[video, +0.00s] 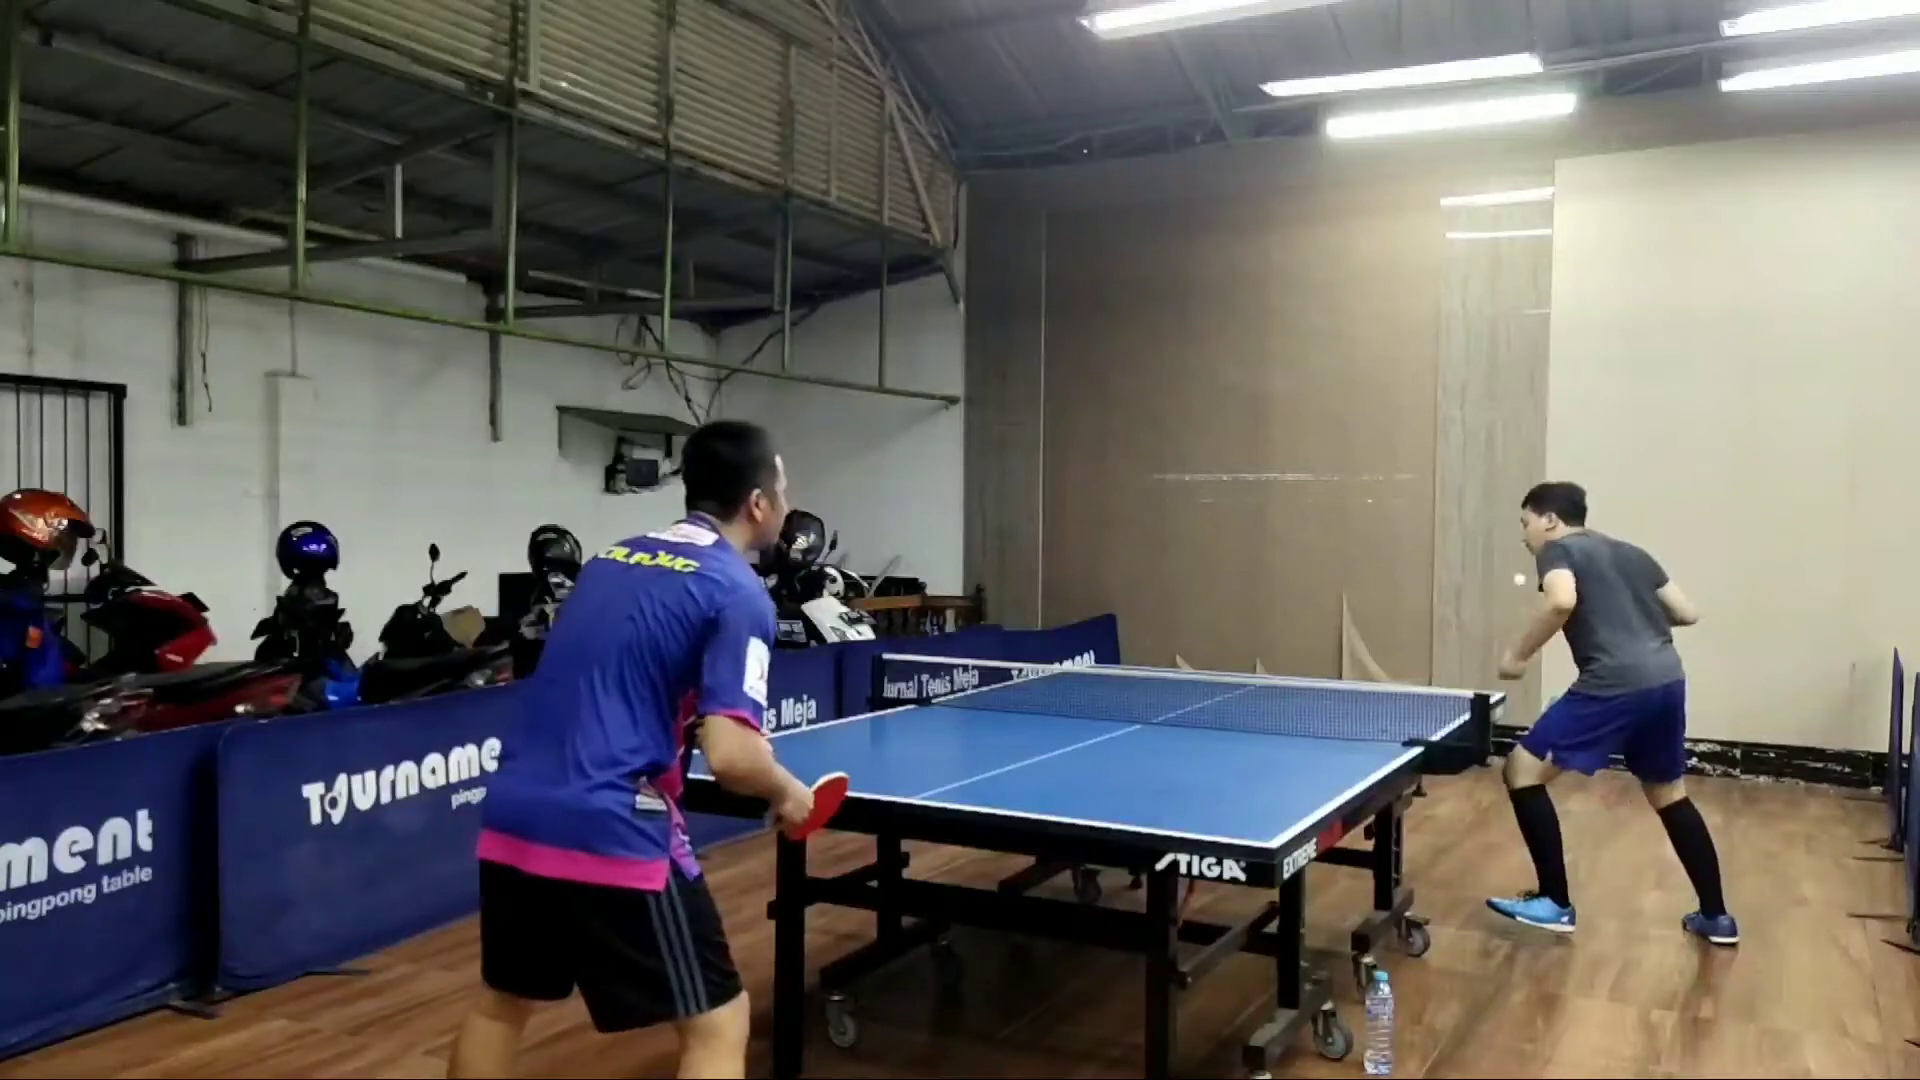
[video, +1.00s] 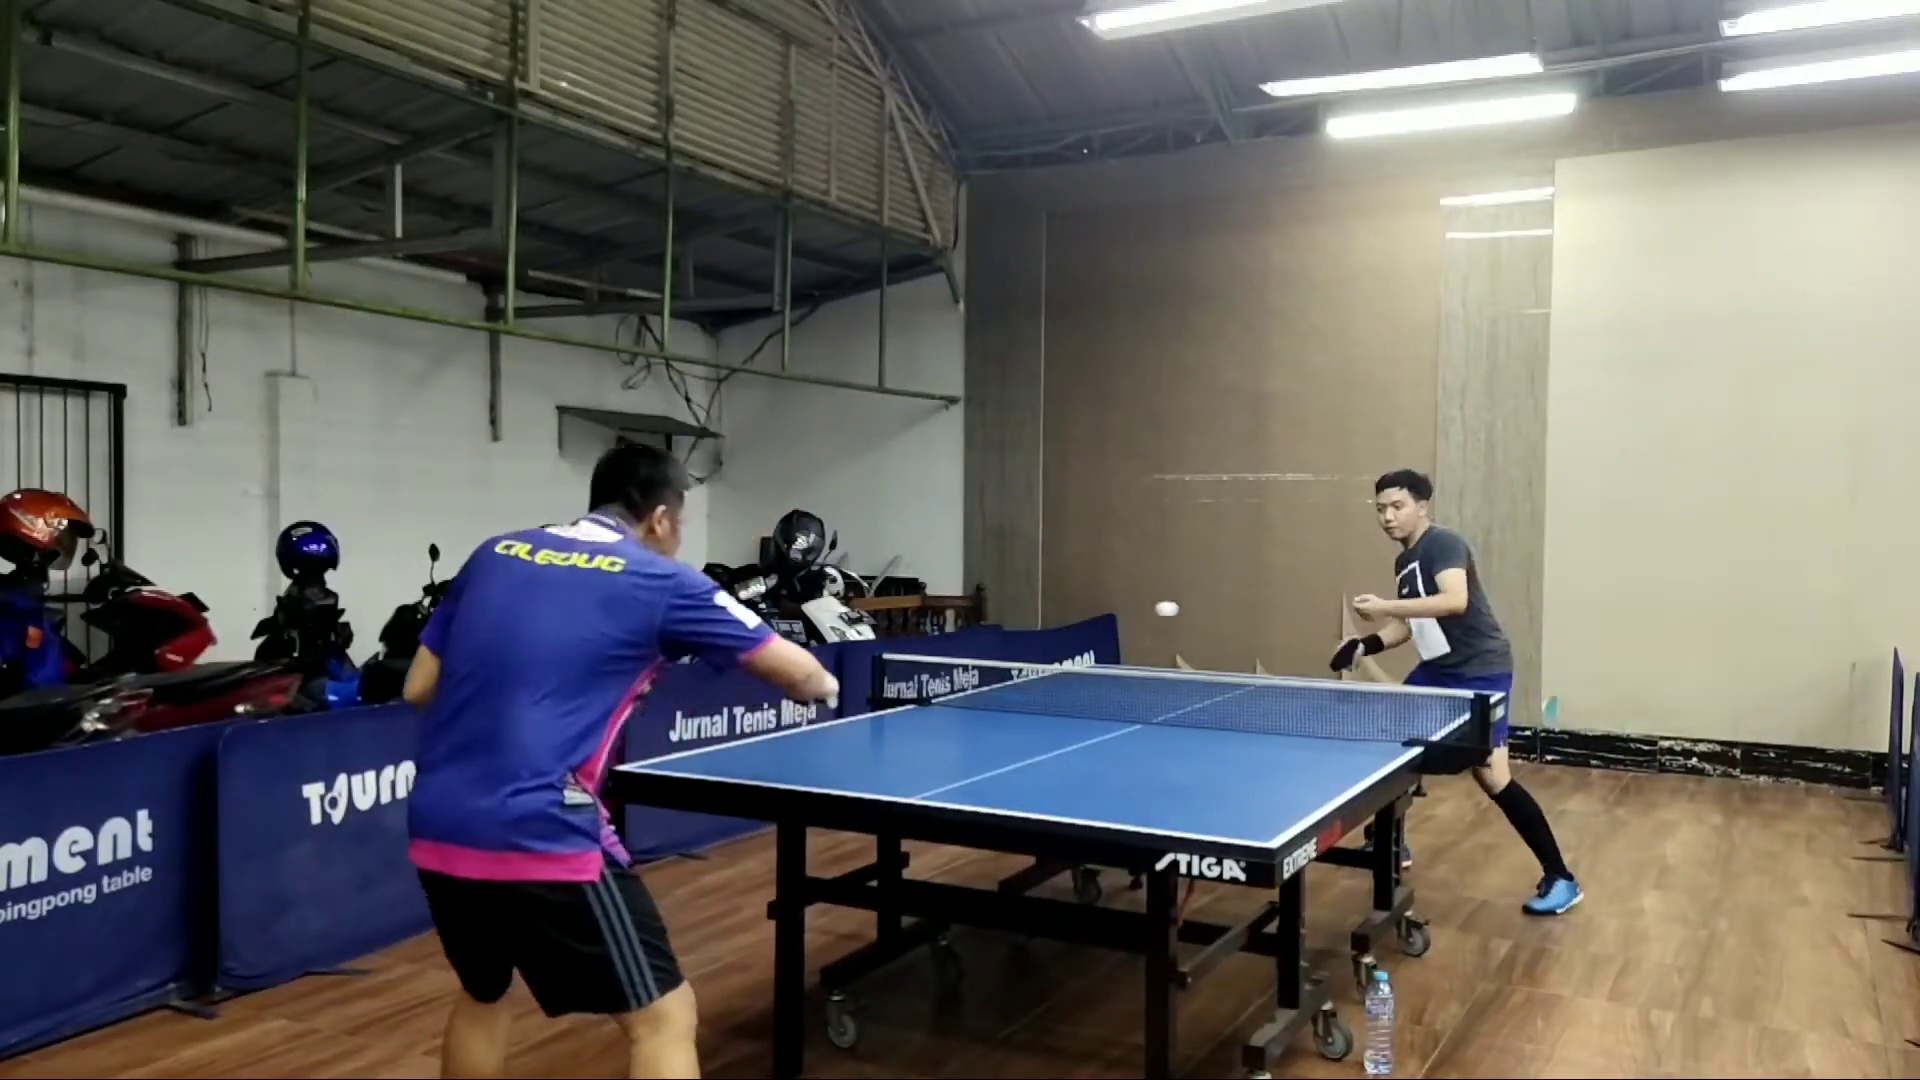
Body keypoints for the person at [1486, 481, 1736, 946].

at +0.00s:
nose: (1524, 535)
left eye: (1526, 523)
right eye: (1522, 524)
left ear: (1550, 520)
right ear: (1575, 520)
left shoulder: (1557, 550)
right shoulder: (1629, 551)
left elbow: (1562, 601)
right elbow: (1685, 613)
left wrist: (1519, 655)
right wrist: (1630, 616)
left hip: (1613, 684)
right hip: (1667, 681)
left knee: (1523, 770)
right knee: (1668, 793)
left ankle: (1553, 902)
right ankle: (1716, 914)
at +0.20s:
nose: (1457, 558)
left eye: (1460, 545)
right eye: (1454, 548)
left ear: (1490, 535)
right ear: (1495, 538)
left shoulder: (1515, 565)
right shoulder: (1556, 563)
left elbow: (1569, 604)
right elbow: (1614, 612)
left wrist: (1528, 666)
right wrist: (1546, 649)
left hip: (1583, 690)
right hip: (1625, 685)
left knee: (1503, 782)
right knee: (1620, 794)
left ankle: (1546, 911)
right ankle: (1700, 902)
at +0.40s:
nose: (1434, 526)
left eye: (1442, 514)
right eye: (1429, 517)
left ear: (1472, 511)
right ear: (1434, 519)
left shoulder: (1508, 549)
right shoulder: (1466, 560)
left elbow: (1559, 604)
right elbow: (1505, 615)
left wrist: (1496, 639)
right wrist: (1472, 633)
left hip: (1563, 664)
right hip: (1533, 666)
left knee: (1525, 774)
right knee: (1525, 769)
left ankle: (1549, 908)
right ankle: (1608, 852)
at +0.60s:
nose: (1419, 519)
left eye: (1429, 510)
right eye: (1414, 511)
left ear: (1459, 510)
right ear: (1413, 513)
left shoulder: (1489, 548)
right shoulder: (1431, 557)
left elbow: (1514, 613)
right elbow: (1440, 617)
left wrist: (1440, 619)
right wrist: (1398, 620)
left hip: (1523, 670)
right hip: (1477, 667)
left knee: (1525, 775)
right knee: (1442, 751)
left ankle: (1541, 904)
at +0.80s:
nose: (1397, 517)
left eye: (1406, 508)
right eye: (1391, 510)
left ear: (1434, 508)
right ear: (1389, 514)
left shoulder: (1463, 550)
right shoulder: (1398, 561)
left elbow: (1478, 612)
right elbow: (1391, 618)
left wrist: (1407, 613)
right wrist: (1345, 626)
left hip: (1486, 671)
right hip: (1432, 671)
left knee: (1499, 768)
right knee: (1385, 742)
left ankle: (1541, 889)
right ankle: (1391, 842)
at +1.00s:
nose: (1387, 516)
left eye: (1395, 507)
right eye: (1381, 509)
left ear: (1422, 506)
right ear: (1380, 514)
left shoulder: (1443, 543)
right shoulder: (1404, 563)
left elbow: (1455, 600)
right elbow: (1406, 625)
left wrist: (1386, 608)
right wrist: (1366, 643)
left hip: (1482, 670)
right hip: (1436, 669)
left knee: (1493, 776)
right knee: (1382, 740)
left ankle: (1560, 877)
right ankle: (1388, 841)